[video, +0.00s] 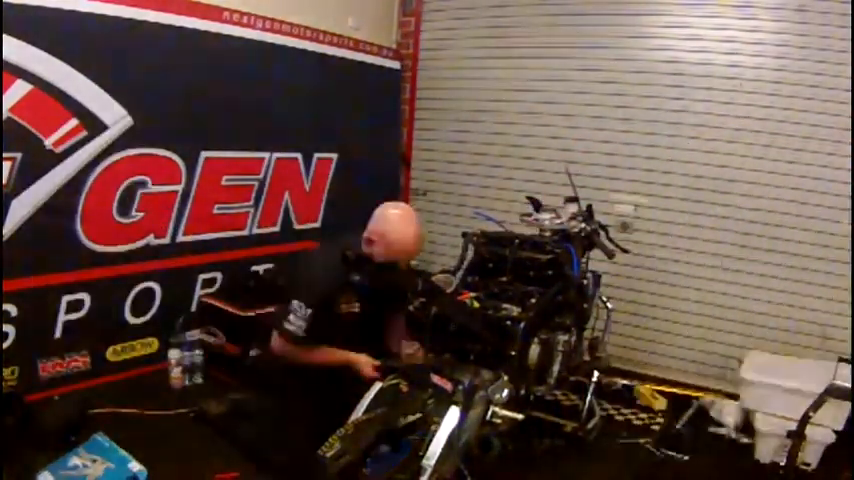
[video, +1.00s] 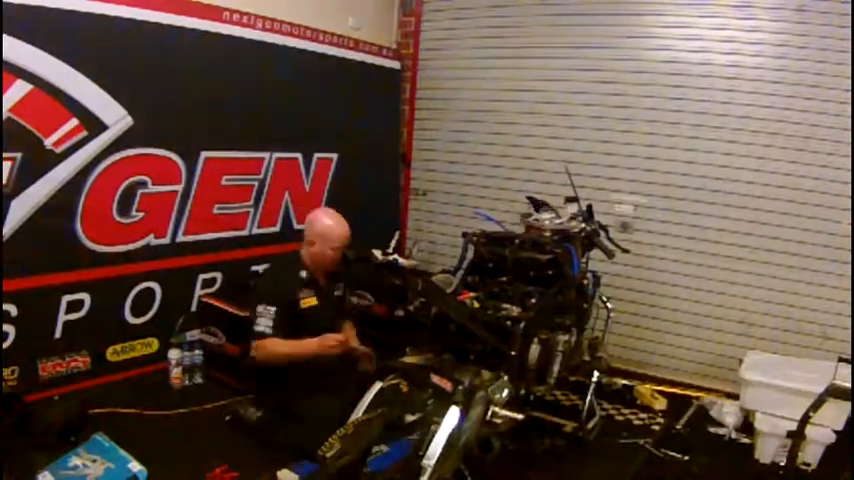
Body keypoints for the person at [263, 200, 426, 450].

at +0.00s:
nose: (397, 271)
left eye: (404, 263)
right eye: (391, 263)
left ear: (413, 250)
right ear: (370, 242)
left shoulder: (398, 278)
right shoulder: (327, 273)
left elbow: (394, 331)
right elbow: (282, 344)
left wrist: (403, 349)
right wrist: (351, 360)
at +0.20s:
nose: (324, 255)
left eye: (327, 247)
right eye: (318, 246)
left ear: (329, 245)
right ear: (293, 239)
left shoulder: (331, 277)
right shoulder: (265, 284)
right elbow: (253, 354)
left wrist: (358, 312)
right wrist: (314, 329)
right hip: (290, 409)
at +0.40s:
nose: (341, 254)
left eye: (346, 247)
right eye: (334, 246)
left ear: (349, 243)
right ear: (309, 239)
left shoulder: (348, 278)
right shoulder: (282, 285)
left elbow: (365, 322)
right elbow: (289, 359)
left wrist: (379, 352)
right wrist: (352, 362)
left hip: (347, 387)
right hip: (299, 391)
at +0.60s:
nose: (389, 303)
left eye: (394, 296)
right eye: (387, 293)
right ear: (367, 276)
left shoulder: (371, 309)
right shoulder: (315, 298)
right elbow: (293, 372)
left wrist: (429, 376)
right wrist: (362, 358)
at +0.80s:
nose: (325, 254)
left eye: (328, 246)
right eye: (317, 246)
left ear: (332, 241)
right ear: (292, 241)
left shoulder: (329, 272)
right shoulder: (269, 282)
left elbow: (349, 318)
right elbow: (251, 352)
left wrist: (365, 365)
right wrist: (297, 404)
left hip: (340, 386)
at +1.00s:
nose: (340, 257)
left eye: (342, 249)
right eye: (335, 250)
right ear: (311, 244)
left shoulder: (334, 278)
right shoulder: (278, 281)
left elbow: (343, 321)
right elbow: (261, 349)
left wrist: (355, 347)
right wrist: (317, 346)